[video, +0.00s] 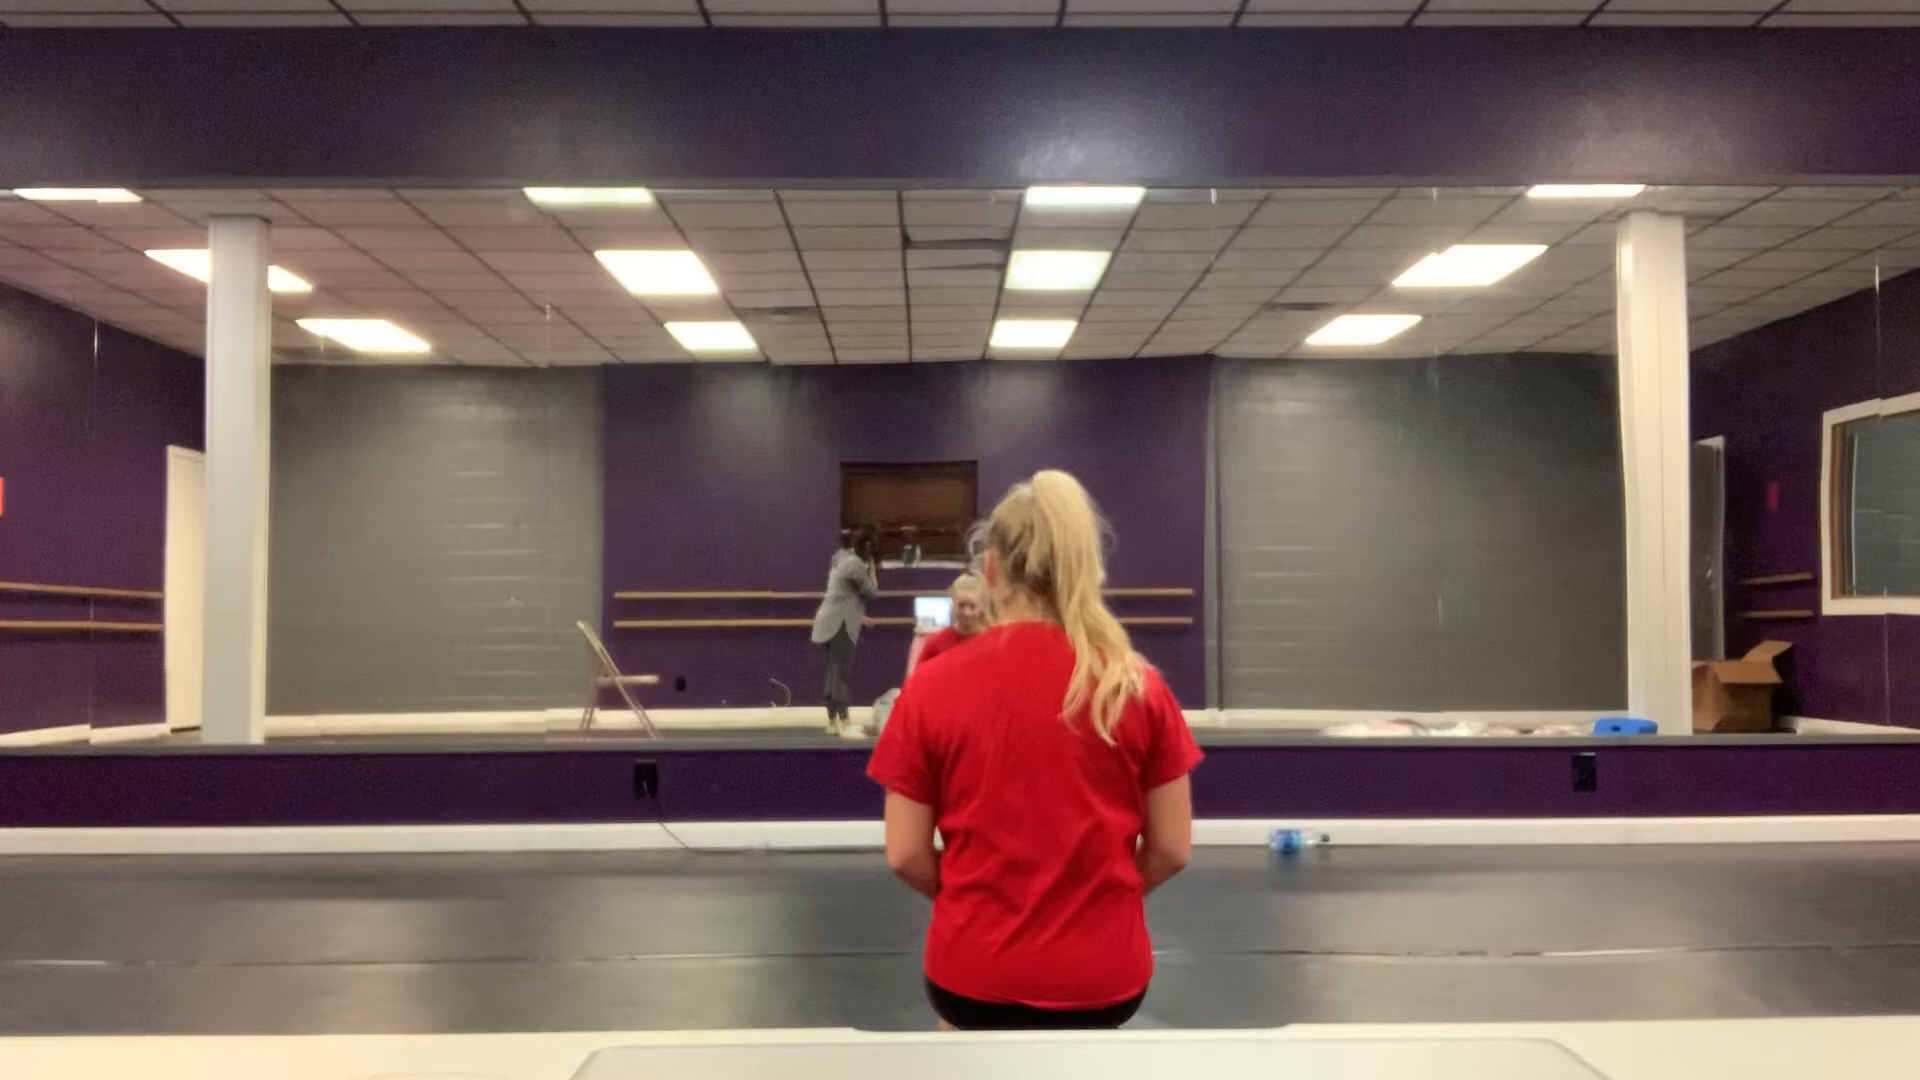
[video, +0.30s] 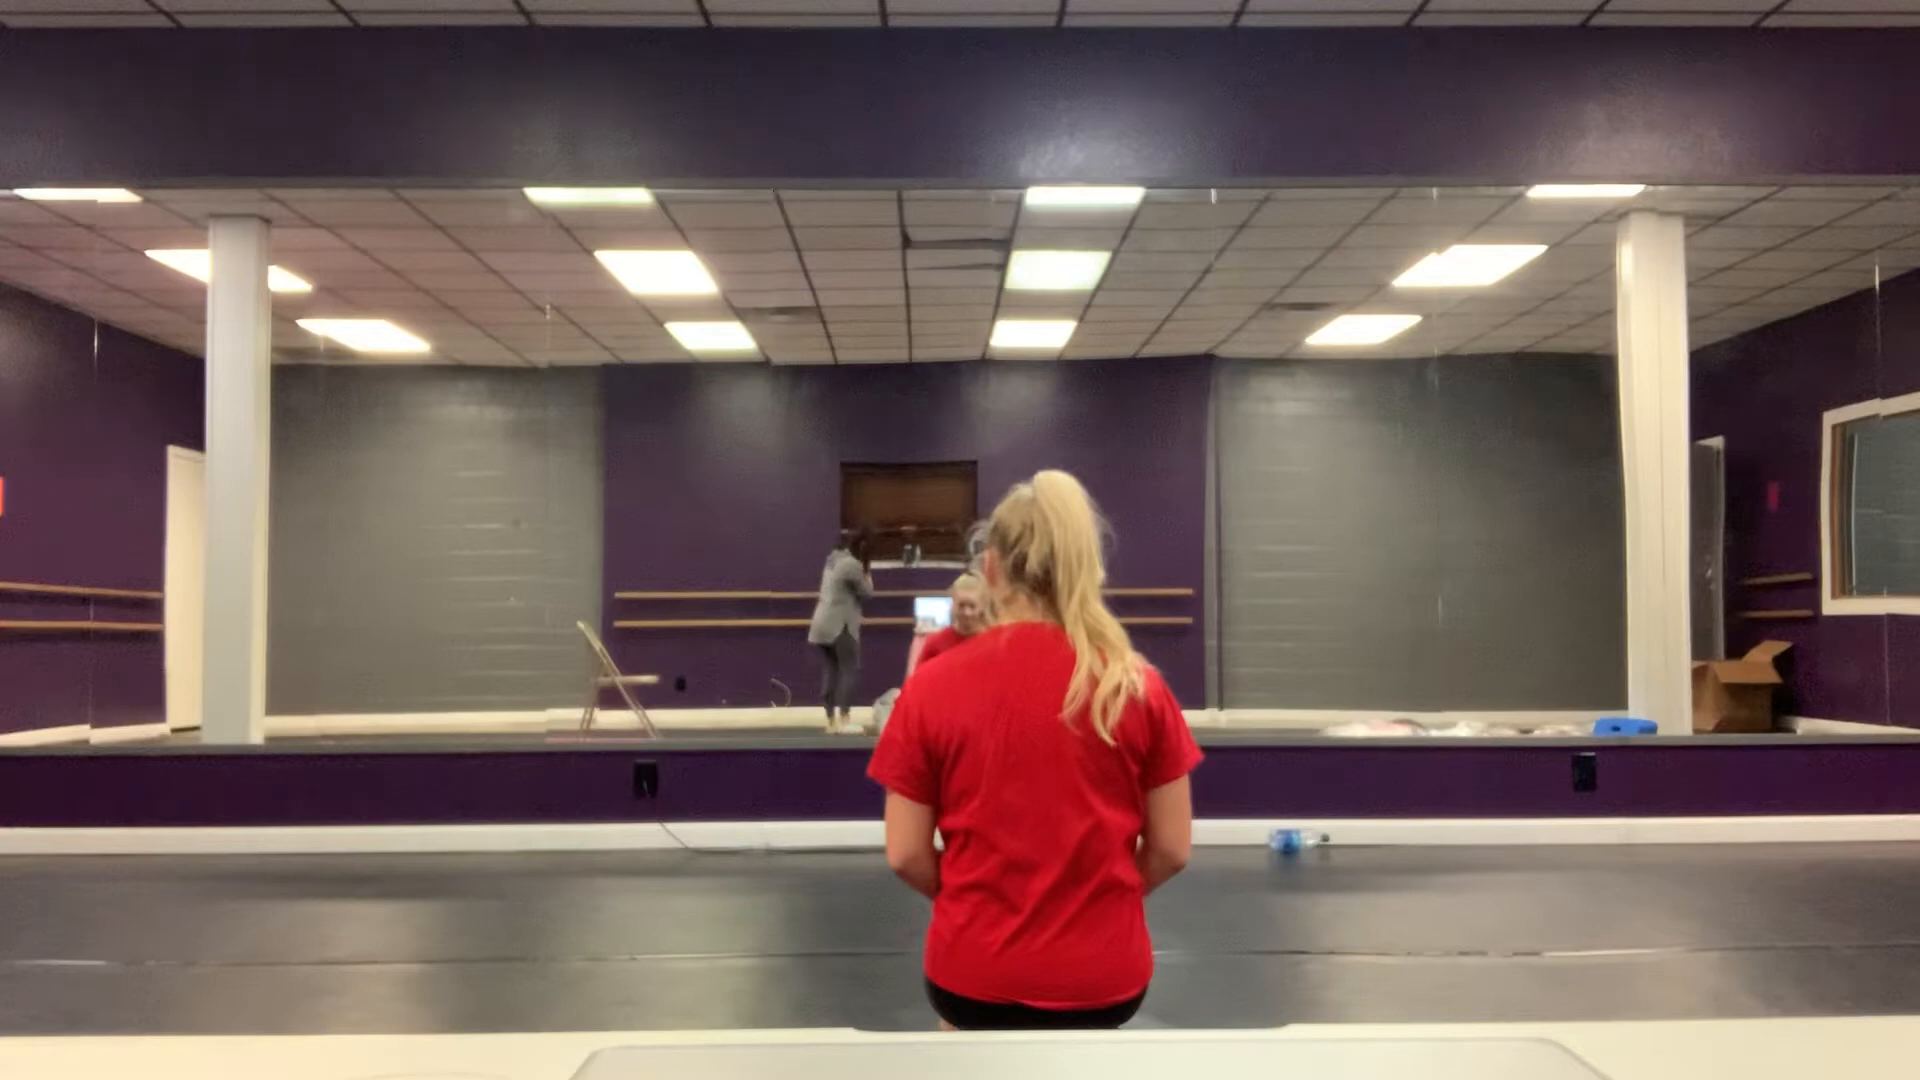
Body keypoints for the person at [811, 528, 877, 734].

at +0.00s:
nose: (873, 550)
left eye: (872, 547)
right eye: (872, 547)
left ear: (854, 544)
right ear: (867, 547)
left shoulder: (841, 560)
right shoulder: (855, 564)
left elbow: (843, 597)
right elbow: (872, 591)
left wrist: (860, 617)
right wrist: (872, 568)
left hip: (829, 620)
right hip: (842, 623)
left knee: (832, 669)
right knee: (841, 670)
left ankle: (832, 721)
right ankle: (844, 721)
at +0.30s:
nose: (866, 548)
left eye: (866, 544)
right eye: (865, 544)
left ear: (843, 542)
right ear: (858, 546)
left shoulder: (832, 560)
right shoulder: (851, 565)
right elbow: (866, 591)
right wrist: (867, 576)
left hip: (821, 625)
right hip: (841, 625)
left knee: (831, 669)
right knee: (849, 669)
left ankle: (831, 719)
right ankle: (844, 719)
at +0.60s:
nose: (867, 547)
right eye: (865, 544)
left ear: (842, 541)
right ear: (860, 545)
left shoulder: (830, 561)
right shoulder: (859, 563)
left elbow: (821, 590)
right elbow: (873, 590)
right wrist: (872, 573)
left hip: (826, 623)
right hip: (851, 625)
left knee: (832, 669)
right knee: (859, 668)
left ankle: (831, 719)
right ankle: (856, 716)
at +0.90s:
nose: (882, 547)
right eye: (880, 544)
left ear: (856, 543)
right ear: (875, 546)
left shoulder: (841, 566)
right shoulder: (875, 566)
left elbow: (832, 596)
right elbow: (892, 581)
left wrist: (845, 607)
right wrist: (888, 559)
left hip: (842, 622)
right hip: (869, 622)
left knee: (840, 670)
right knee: (870, 674)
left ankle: (834, 716)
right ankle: (875, 719)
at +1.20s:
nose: (899, 546)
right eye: (898, 543)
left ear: (876, 542)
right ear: (893, 544)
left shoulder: (860, 564)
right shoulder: (894, 563)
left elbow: (849, 594)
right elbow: (913, 576)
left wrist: (850, 611)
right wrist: (903, 557)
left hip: (861, 615)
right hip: (885, 615)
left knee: (863, 662)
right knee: (881, 665)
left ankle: (858, 690)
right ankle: (876, 709)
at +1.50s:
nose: (905, 546)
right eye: (903, 543)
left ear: (884, 546)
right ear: (900, 546)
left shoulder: (872, 567)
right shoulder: (906, 566)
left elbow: (861, 595)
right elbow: (924, 588)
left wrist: (858, 618)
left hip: (872, 620)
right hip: (895, 620)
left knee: (880, 665)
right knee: (890, 664)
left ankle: (883, 702)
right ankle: (881, 702)